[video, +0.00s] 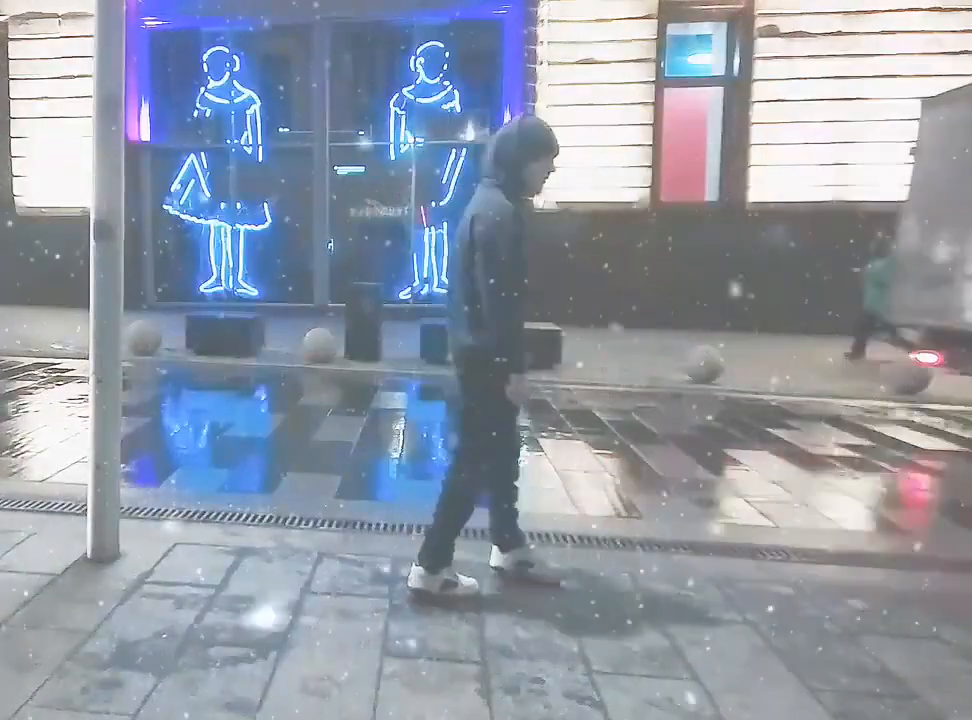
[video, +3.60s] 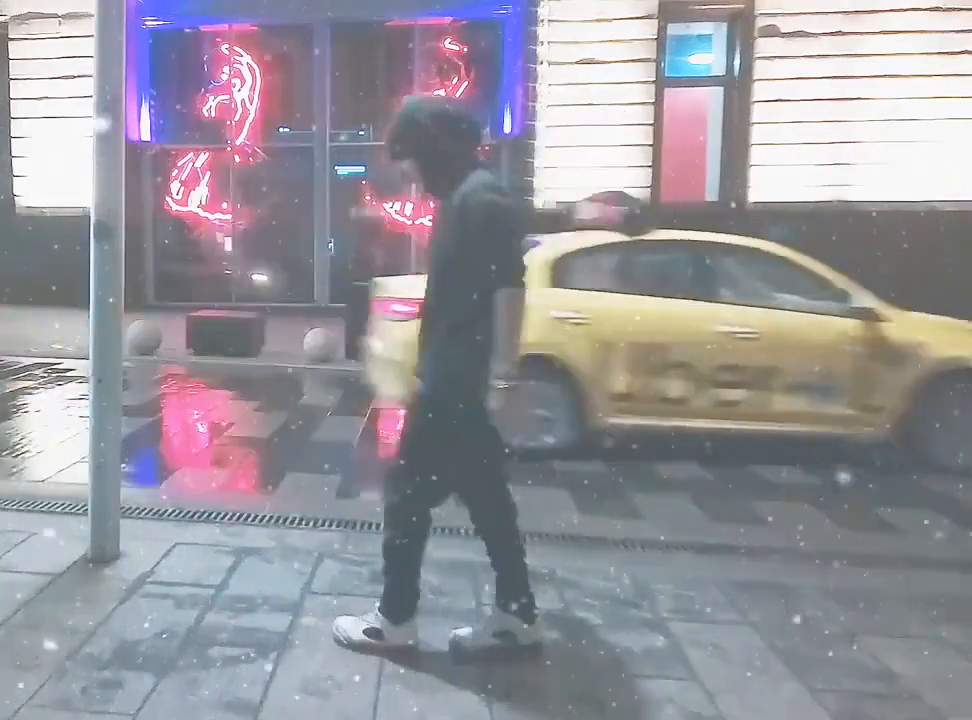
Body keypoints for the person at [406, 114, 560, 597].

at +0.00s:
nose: (549, 173)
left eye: (551, 164)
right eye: (545, 163)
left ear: (511, 162)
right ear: (520, 160)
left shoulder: (490, 204)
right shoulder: (497, 211)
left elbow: (494, 293)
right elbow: (496, 295)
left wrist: (507, 356)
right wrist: (510, 366)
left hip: (482, 350)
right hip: (482, 353)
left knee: (502, 449)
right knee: (474, 459)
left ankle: (509, 549)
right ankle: (430, 566)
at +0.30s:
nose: (559, 167)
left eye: (563, 157)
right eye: (552, 157)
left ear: (560, 159)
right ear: (525, 156)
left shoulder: (548, 214)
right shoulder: (492, 212)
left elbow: (566, 279)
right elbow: (478, 294)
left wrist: (588, 328)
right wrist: (500, 353)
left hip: (539, 342)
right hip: (502, 344)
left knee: (526, 456)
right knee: (520, 459)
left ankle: (509, 552)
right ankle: (456, 542)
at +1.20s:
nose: (567, 159)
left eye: (575, 149)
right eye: (557, 149)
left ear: (584, 155)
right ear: (534, 151)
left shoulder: (595, 214)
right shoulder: (499, 211)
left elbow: (614, 289)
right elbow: (485, 287)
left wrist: (616, 353)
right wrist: (513, 339)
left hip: (583, 362)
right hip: (524, 363)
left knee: (605, 472)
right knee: (531, 478)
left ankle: (579, 549)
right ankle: (537, 576)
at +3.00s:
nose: (494, 161)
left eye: (503, 148)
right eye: (491, 150)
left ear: (539, 143)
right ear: (499, 149)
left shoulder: (591, 205)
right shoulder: (502, 205)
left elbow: (612, 296)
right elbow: (472, 284)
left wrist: (573, 374)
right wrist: (432, 337)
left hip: (541, 384)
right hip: (490, 379)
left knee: (524, 501)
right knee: (499, 501)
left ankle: (592, 601)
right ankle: (517, 627)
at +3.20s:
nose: (476, 167)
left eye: (482, 154)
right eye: (473, 156)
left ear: (517, 147)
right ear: (485, 153)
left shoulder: (569, 205)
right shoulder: (494, 201)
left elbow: (594, 292)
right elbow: (475, 284)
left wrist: (580, 376)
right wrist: (439, 347)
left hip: (522, 374)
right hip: (482, 370)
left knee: (472, 494)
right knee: (499, 496)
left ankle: (521, 631)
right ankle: (508, 620)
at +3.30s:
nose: (457, 172)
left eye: (462, 158)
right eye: (453, 160)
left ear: (496, 150)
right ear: (478, 154)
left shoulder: (548, 206)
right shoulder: (488, 205)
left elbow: (579, 290)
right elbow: (482, 294)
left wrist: (577, 376)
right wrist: (464, 367)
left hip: (506, 376)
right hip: (473, 373)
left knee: (448, 492)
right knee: (502, 495)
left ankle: (450, 633)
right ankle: (517, 623)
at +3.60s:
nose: (410, 171)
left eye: (411, 157)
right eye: (405, 159)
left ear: (439, 149)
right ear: (449, 148)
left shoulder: (482, 201)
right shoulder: (467, 200)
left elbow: (509, 292)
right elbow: (466, 295)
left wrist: (503, 376)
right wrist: (431, 371)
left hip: (458, 372)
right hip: (452, 369)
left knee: (407, 490)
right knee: (486, 490)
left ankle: (395, 620)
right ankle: (516, 612)